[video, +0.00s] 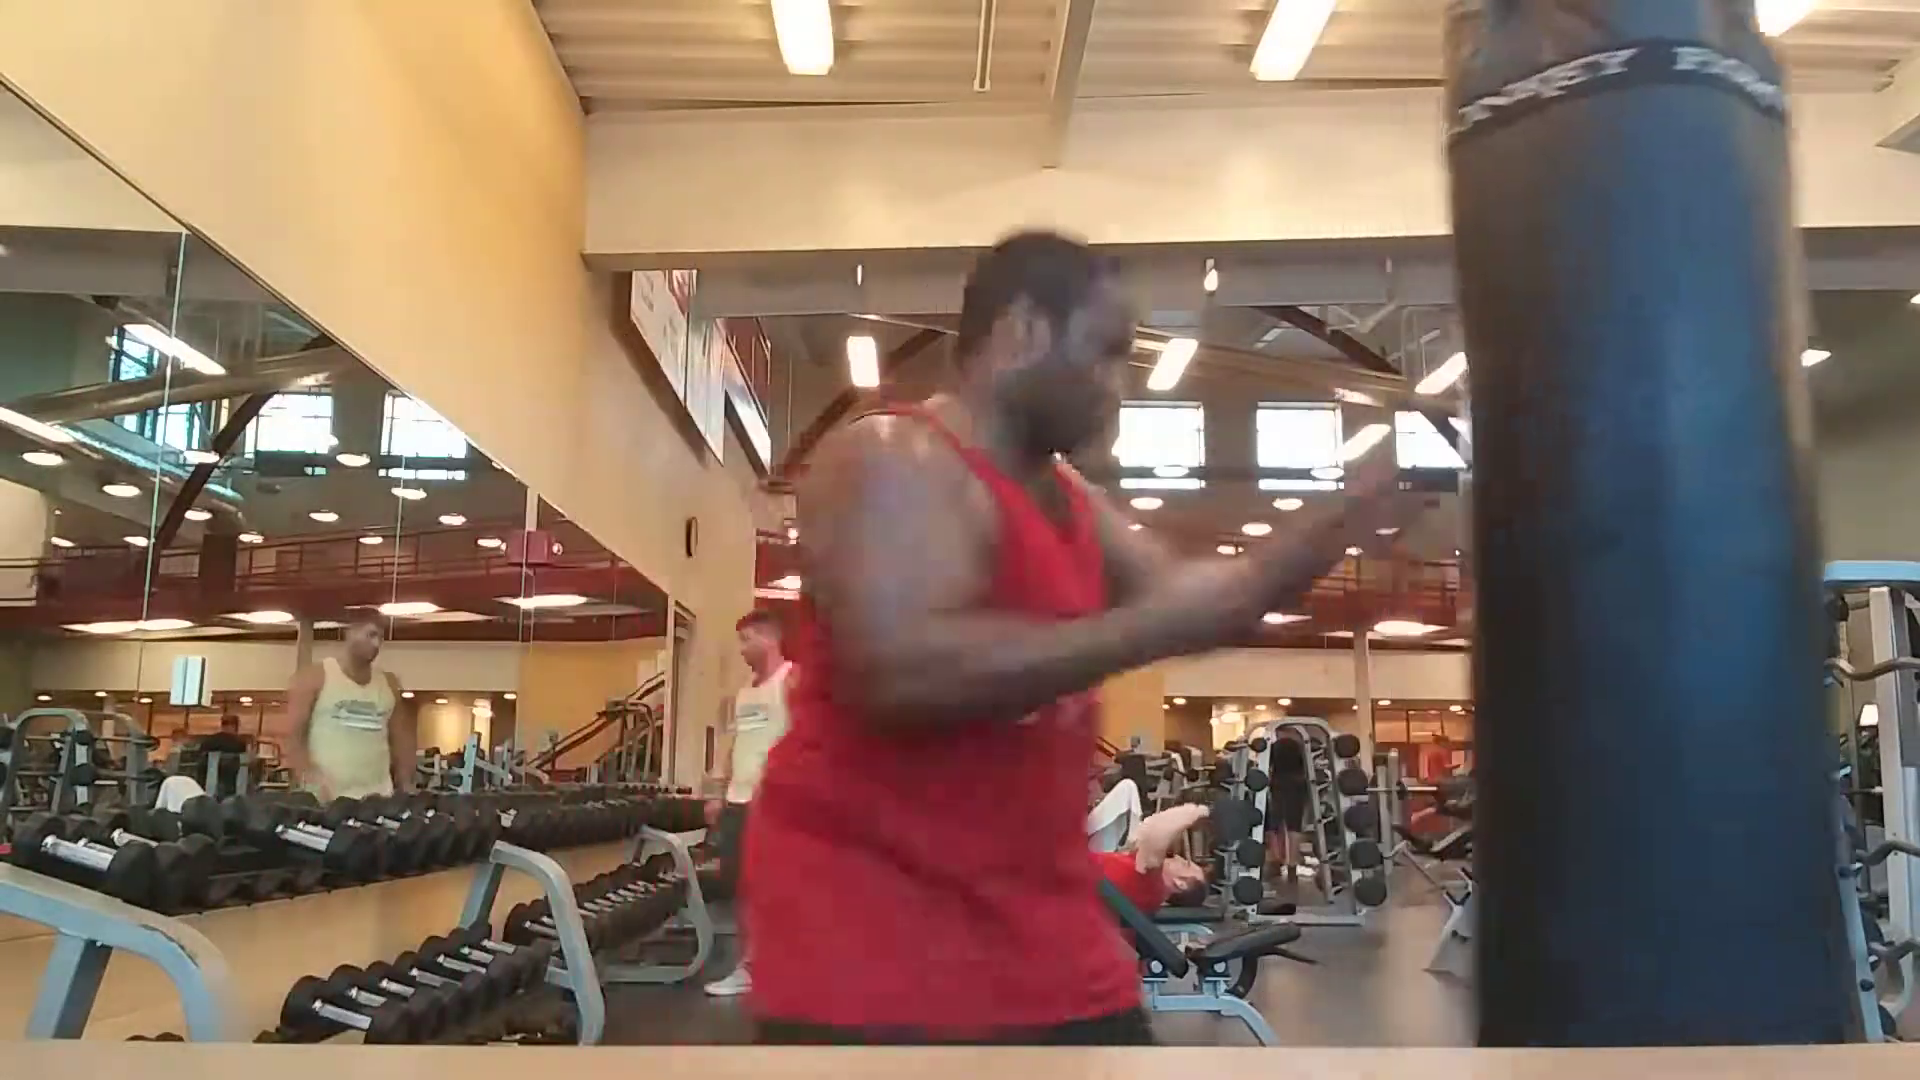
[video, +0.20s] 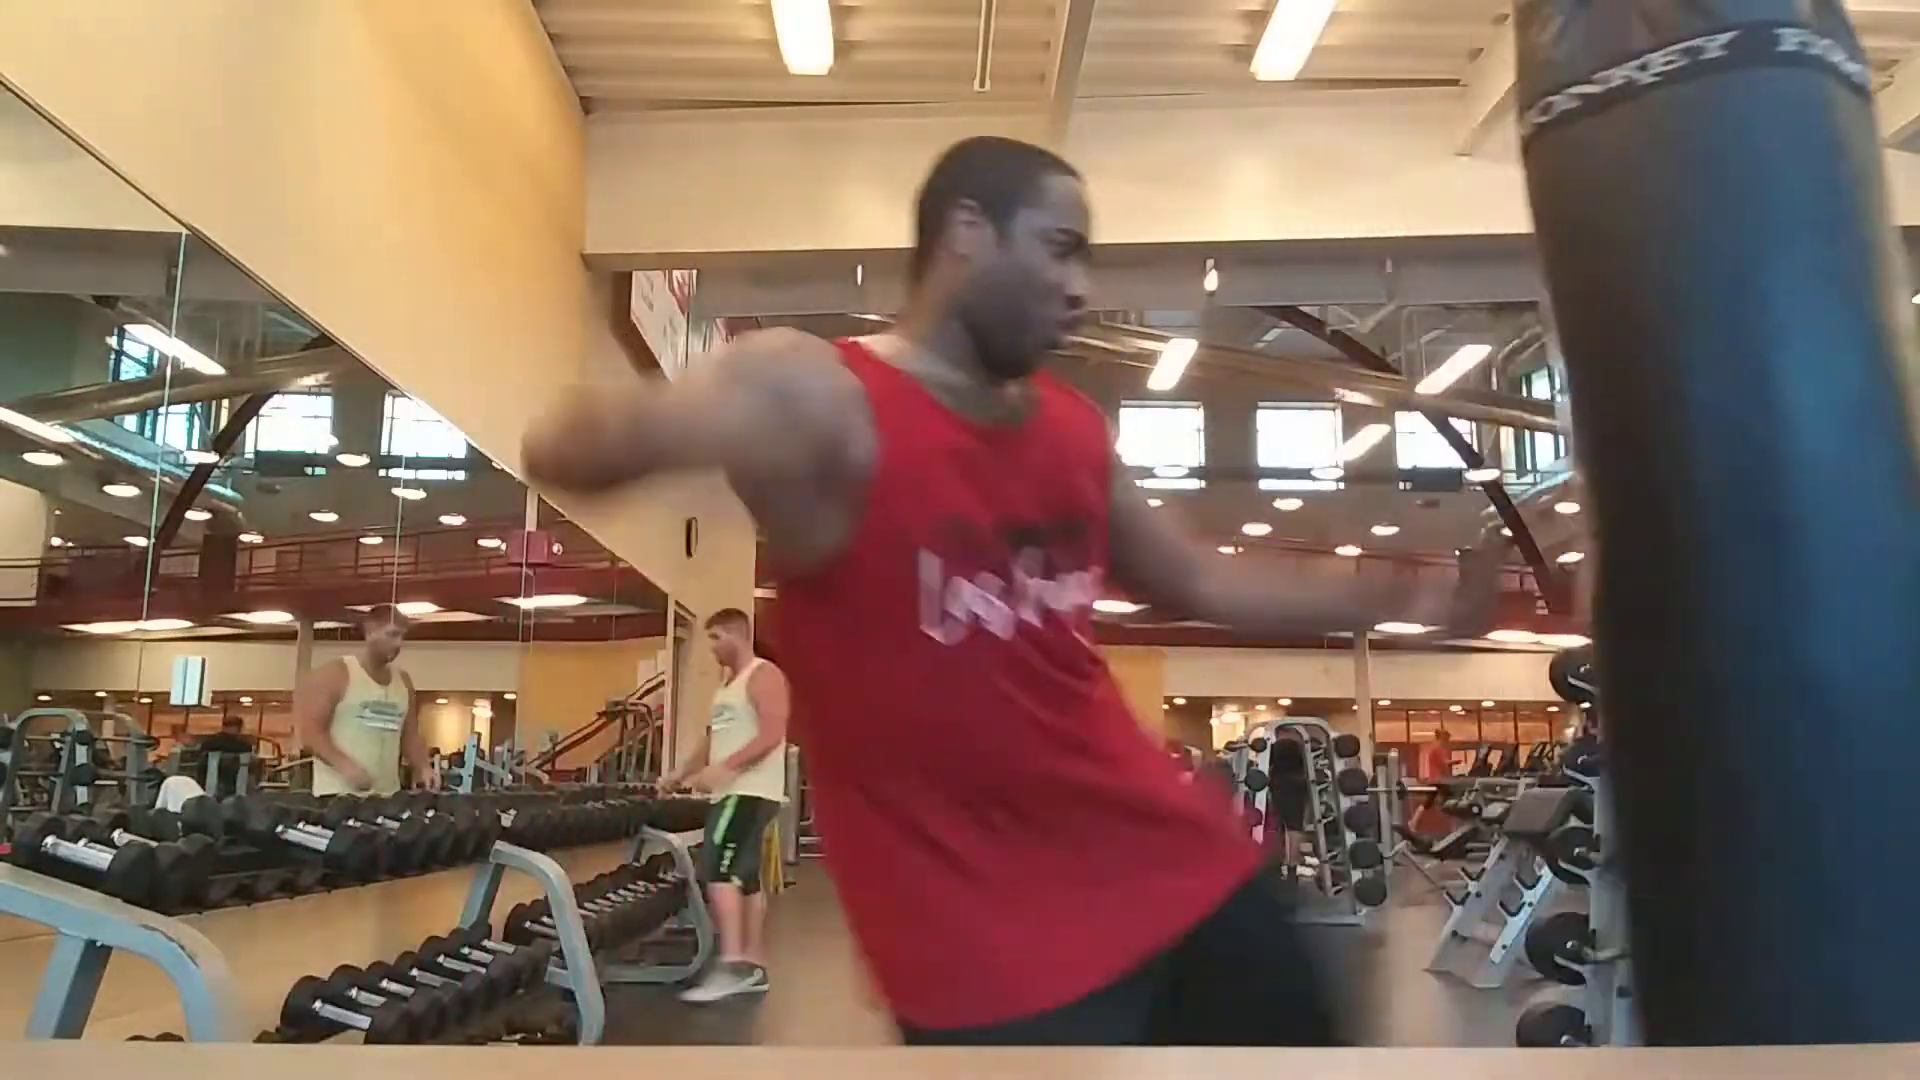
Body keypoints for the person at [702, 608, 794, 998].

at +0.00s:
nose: (742, 648)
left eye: (749, 639)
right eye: (740, 640)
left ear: (772, 639)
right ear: (746, 644)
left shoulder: (792, 679)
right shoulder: (745, 692)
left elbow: (802, 736)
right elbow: (734, 747)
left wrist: (786, 789)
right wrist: (721, 794)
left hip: (775, 798)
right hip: (740, 798)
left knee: (766, 879)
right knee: (741, 882)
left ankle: (755, 964)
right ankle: (747, 962)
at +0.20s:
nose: (712, 646)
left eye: (716, 637)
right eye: (710, 639)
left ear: (738, 634)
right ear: (723, 640)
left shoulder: (765, 675)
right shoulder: (728, 684)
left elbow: (772, 735)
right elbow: (711, 742)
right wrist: (679, 778)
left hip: (754, 790)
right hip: (731, 790)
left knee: (718, 872)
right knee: (748, 880)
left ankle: (731, 964)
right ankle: (751, 962)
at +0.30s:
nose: (694, 648)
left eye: (698, 639)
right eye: (693, 641)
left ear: (718, 636)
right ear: (713, 639)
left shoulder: (747, 675)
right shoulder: (720, 684)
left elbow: (743, 737)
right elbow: (709, 742)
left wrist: (688, 766)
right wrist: (674, 765)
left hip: (739, 791)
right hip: (727, 790)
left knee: (704, 880)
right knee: (745, 883)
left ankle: (693, 970)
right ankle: (753, 967)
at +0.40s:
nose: (677, 649)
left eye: (681, 640)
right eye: (676, 642)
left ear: (701, 637)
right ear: (704, 638)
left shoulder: (722, 678)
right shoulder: (729, 678)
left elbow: (709, 742)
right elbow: (711, 744)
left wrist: (653, 766)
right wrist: (666, 764)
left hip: (721, 795)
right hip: (740, 796)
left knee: (697, 884)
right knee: (740, 883)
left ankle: (685, 980)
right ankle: (752, 969)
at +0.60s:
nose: (639, 656)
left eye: (639, 647)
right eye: (637, 648)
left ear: (655, 639)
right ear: (671, 637)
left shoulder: (677, 675)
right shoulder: (698, 671)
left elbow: (646, 745)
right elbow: (657, 747)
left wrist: (602, 786)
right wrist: (617, 783)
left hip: (709, 794)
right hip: (735, 790)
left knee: (695, 888)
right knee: (733, 879)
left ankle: (687, 983)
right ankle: (750, 964)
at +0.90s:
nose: (608, 666)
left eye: (607, 657)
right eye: (605, 658)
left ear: (621, 647)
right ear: (639, 642)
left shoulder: (646, 683)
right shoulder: (673, 669)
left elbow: (634, 754)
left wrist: (600, 795)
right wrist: (615, 780)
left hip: (698, 792)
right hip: (735, 781)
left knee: (690, 890)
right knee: (750, 875)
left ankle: (686, 984)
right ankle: (773, 952)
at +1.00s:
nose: (607, 665)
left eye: (605, 656)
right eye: (603, 658)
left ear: (619, 648)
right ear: (636, 642)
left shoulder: (643, 683)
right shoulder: (670, 669)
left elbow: (632, 756)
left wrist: (598, 796)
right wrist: (615, 776)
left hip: (696, 792)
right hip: (734, 780)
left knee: (689, 891)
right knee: (753, 873)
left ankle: (687, 984)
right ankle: (780, 951)